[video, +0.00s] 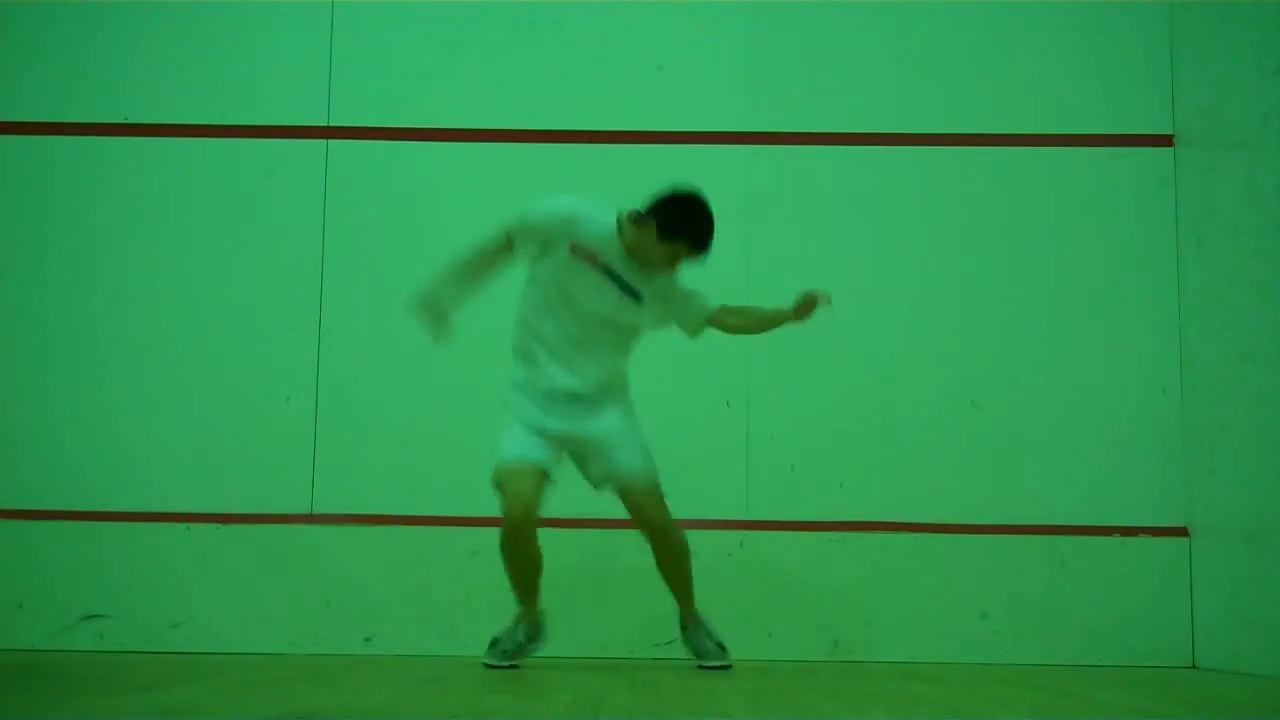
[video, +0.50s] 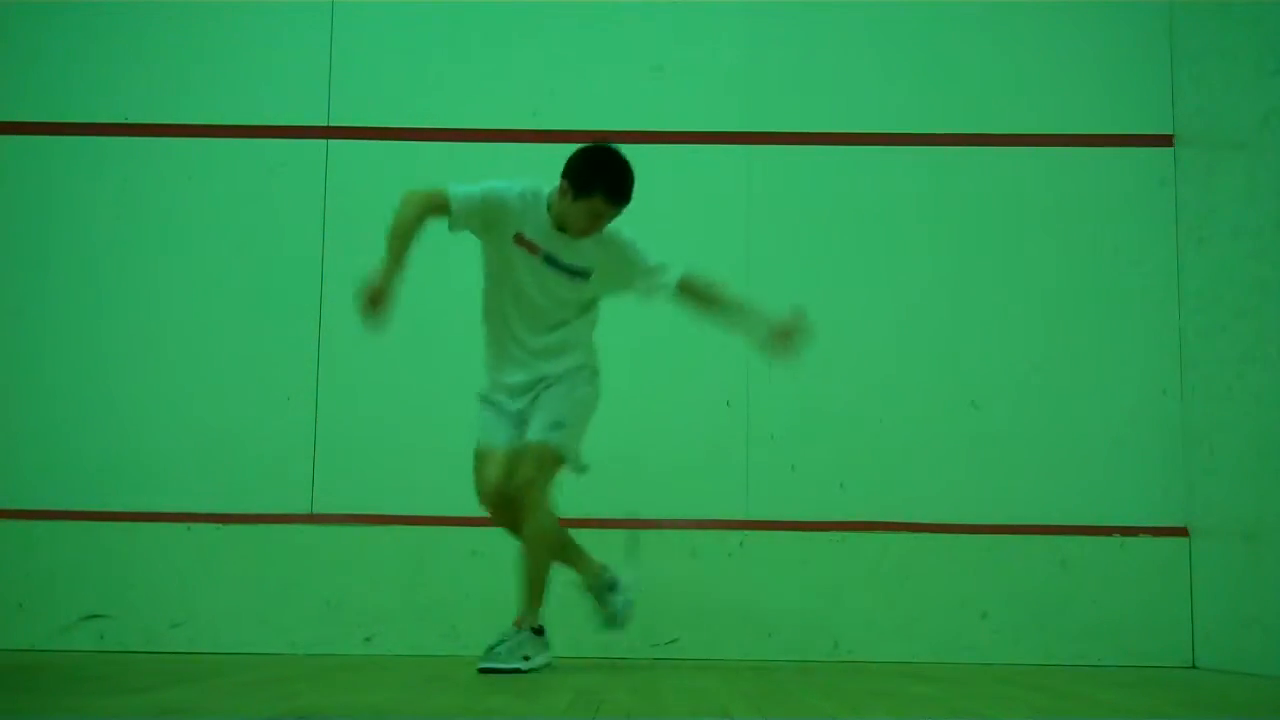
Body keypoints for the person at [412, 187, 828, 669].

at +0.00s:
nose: (669, 267)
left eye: (677, 261)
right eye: (668, 254)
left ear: (681, 255)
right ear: (644, 225)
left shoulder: (664, 290)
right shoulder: (572, 223)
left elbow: (722, 316)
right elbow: (502, 244)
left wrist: (789, 315)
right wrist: (443, 295)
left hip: (602, 408)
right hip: (533, 400)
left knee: (654, 514)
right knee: (517, 512)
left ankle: (692, 621)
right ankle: (528, 619)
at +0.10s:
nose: (653, 298)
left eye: (662, 292)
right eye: (651, 287)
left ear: (671, 285)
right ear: (630, 259)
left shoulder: (665, 313)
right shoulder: (555, 278)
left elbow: (731, 330)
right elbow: (498, 323)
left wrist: (788, 328)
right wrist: (470, 393)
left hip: (619, 450)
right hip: (547, 448)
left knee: (681, 542)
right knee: (529, 542)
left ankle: (697, 637)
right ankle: (518, 634)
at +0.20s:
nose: (611, 284)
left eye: (620, 278)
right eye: (607, 275)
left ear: (628, 267)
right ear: (585, 252)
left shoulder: (634, 285)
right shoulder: (528, 273)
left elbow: (696, 306)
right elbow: (463, 331)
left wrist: (760, 341)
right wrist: (463, 415)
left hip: (615, 440)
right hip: (542, 441)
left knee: (662, 536)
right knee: (505, 528)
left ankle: (688, 627)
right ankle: (514, 632)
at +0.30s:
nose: (594, 249)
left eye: (601, 241)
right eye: (587, 240)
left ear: (611, 229)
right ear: (563, 219)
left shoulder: (626, 249)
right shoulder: (516, 243)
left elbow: (690, 263)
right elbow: (438, 296)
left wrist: (764, 285)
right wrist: (456, 372)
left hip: (602, 397)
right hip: (534, 399)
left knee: (611, 487)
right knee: (508, 513)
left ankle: (656, 597)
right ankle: (514, 629)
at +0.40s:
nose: (593, 223)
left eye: (603, 217)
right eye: (588, 213)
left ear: (615, 205)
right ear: (564, 188)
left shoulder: (622, 229)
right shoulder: (513, 210)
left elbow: (694, 243)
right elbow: (424, 248)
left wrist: (772, 261)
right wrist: (430, 330)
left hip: (585, 368)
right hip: (520, 372)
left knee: (570, 464)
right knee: (502, 488)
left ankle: (595, 602)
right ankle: (545, 598)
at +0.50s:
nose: (592, 227)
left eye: (604, 220)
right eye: (588, 214)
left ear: (615, 214)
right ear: (564, 189)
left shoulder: (611, 253)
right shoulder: (507, 206)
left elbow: (686, 288)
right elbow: (417, 203)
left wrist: (763, 327)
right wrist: (386, 277)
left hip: (566, 378)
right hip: (505, 379)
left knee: (527, 486)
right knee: (494, 496)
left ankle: (528, 629)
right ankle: (599, 577)